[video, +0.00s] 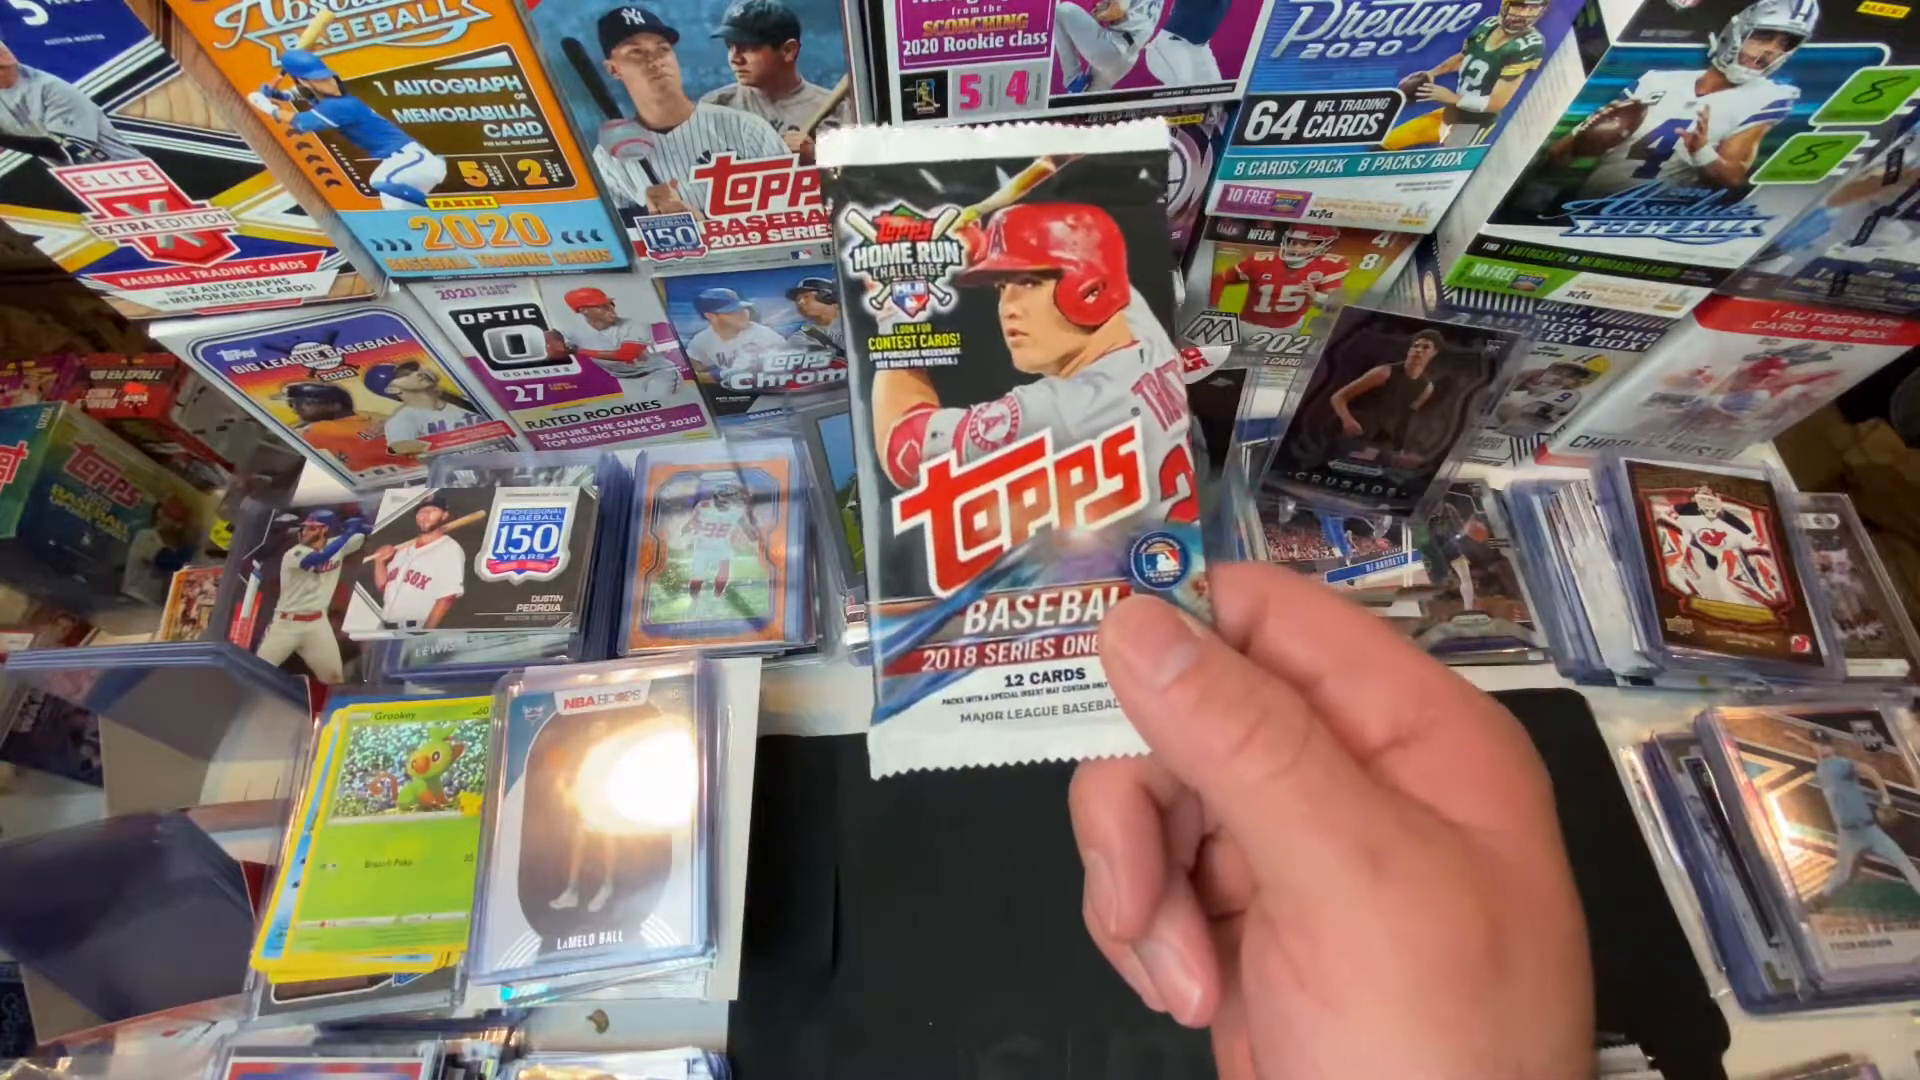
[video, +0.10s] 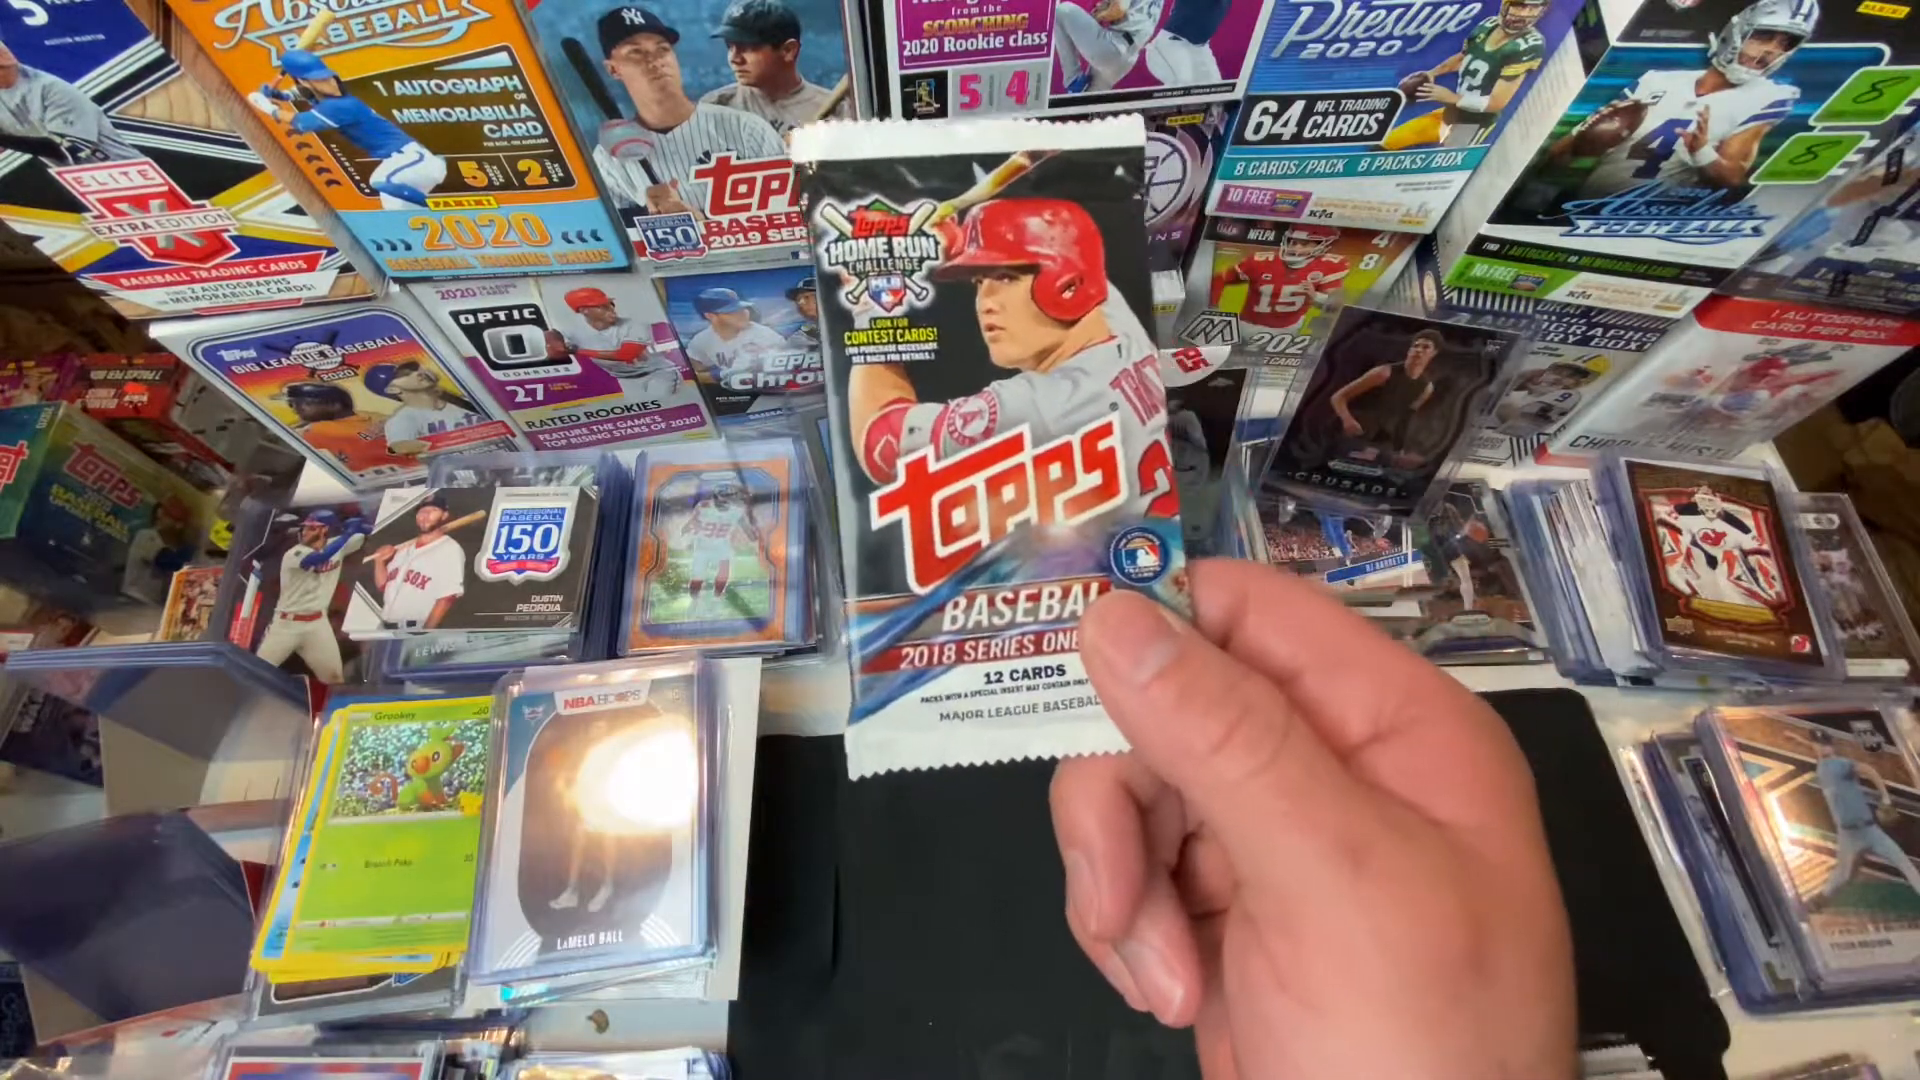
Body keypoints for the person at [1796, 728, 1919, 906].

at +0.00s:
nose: (1823, 750)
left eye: (1826, 744)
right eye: (1819, 746)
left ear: (1831, 745)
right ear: (1814, 748)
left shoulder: (1841, 764)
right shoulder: (1823, 768)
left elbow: (1870, 771)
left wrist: (1885, 796)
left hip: (1869, 827)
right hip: (1846, 833)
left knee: (1901, 859)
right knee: (1843, 874)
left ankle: (1918, 888)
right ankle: (1820, 899)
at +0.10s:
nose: (1824, 750)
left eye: (1826, 745)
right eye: (1819, 746)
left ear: (1832, 745)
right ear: (1814, 748)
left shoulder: (1840, 764)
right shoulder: (1823, 769)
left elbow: (1870, 771)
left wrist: (1885, 796)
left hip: (1869, 828)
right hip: (1847, 833)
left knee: (1902, 861)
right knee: (1844, 874)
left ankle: (1918, 889)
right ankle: (1820, 899)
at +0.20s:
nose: (1823, 748)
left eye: (1826, 744)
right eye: (1819, 744)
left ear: (1831, 745)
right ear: (1814, 747)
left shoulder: (1839, 764)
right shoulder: (1822, 768)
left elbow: (1870, 771)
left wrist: (1885, 797)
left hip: (1870, 828)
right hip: (1847, 833)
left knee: (1903, 862)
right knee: (1843, 875)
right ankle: (1819, 899)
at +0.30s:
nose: (1822, 749)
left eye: (1825, 744)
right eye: (1818, 745)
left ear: (1831, 745)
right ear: (1815, 748)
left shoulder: (1840, 764)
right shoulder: (1823, 768)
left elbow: (1870, 771)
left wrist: (1885, 797)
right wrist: (1795, 737)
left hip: (1870, 828)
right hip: (1847, 833)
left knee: (1903, 862)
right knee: (1842, 875)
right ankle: (1820, 899)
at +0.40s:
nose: (1823, 748)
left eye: (1825, 744)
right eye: (1818, 744)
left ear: (1830, 744)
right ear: (1814, 747)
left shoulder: (1839, 764)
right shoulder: (1822, 768)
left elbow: (1870, 771)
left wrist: (1885, 797)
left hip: (1870, 828)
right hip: (1847, 834)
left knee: (1903, 863)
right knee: (1843, 875)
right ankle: (1820, 899)